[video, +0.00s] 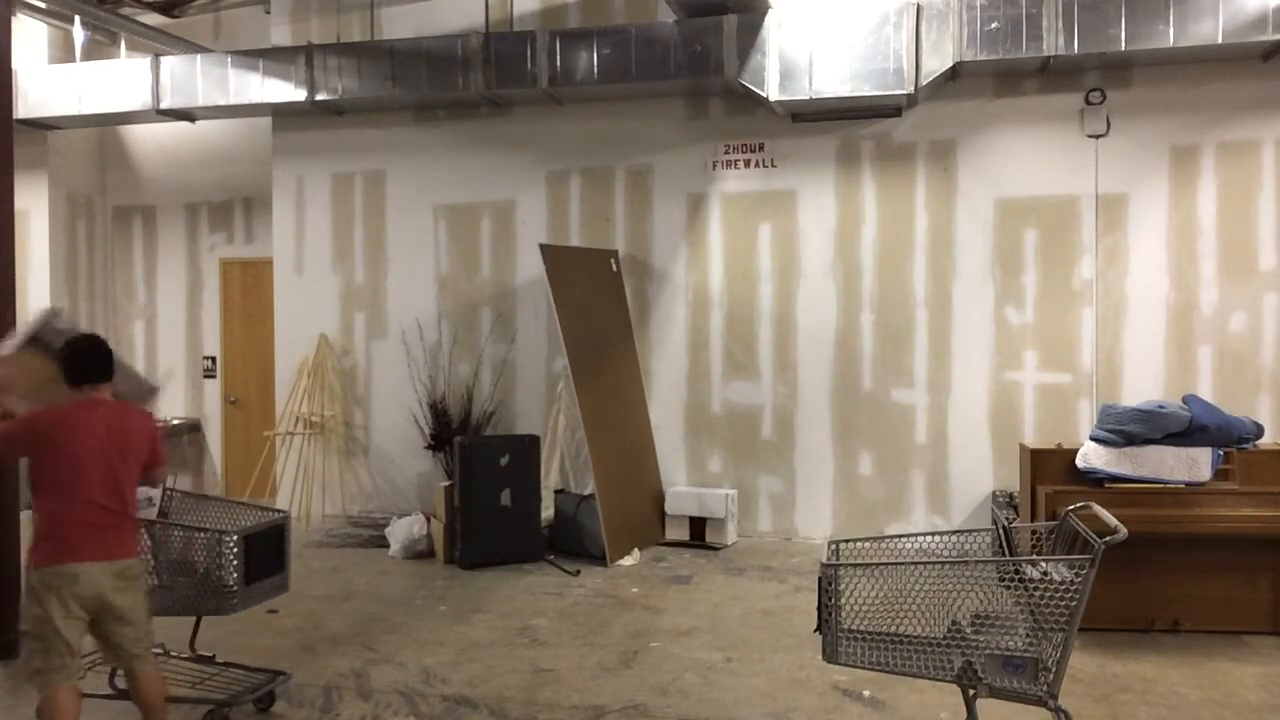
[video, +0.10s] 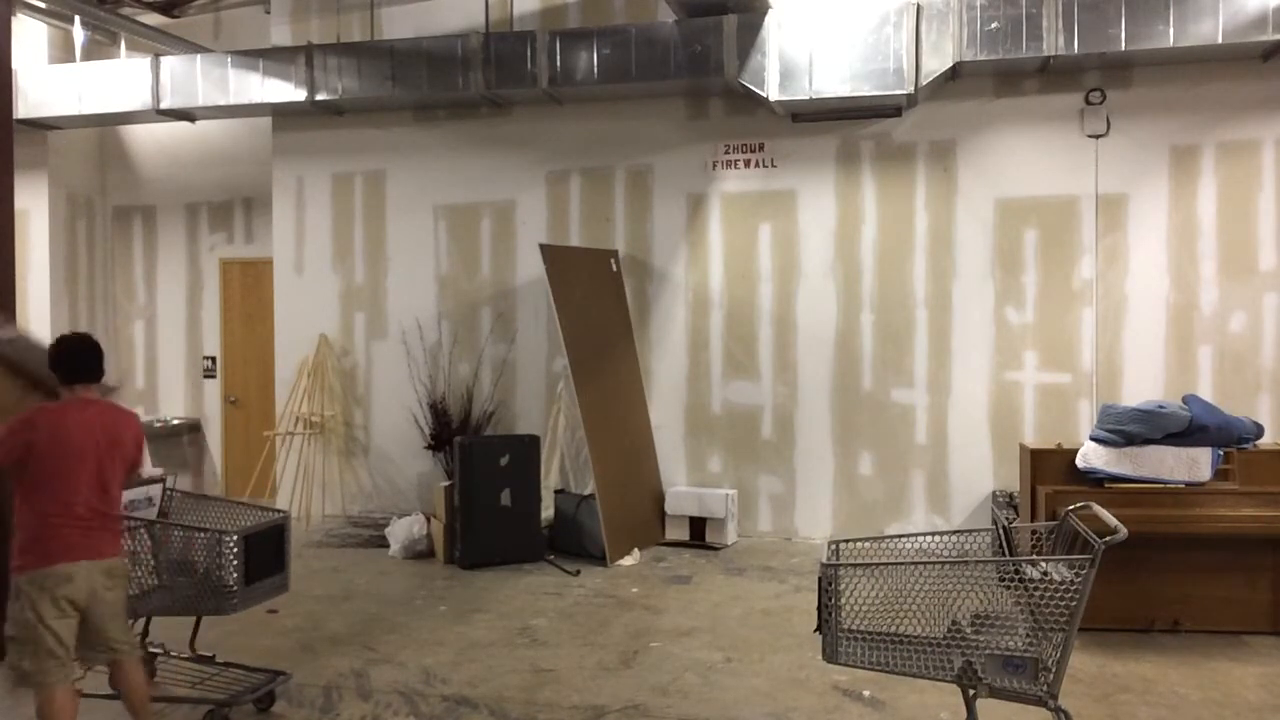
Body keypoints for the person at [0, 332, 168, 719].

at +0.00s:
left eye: (66, 370)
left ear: (64, 375)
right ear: (111, 372)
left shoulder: (43, 423)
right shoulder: (139, 420)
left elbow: (4, 442)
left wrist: (8, 404)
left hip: (58, 570)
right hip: (121, 566)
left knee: (58, 677)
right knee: (140, 661)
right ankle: (158, 715)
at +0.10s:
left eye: (57, 367)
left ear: (54, 373)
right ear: (100, 371)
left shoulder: (29, 423)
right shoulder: (127, 423)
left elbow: (4, 470)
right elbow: (128, 475)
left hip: (45, 569)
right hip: (107, 565)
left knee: (54, 678)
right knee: (122, 655)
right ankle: (145, 714)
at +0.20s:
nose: (41, 374)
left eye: (42, 368)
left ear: (44, 371)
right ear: (90, 371)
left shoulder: (22, 420)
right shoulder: (115, 423)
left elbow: (6, 473)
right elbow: (106, 484)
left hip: (39, 567)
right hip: (95, 560)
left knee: (51, 676)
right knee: (99, 654)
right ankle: (119, 714)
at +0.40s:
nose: (10, 375)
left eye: (14, 368)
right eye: (12, 367)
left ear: (24, 372)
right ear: (63, 374)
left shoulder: (10, 419)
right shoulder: (89, 424)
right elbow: (86, 489)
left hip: (26, 564)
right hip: (75, 558)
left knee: (41, 679)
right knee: (49, 671)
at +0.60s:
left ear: (2, 380)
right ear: (31, 379)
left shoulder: (7, 424)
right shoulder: (56, 427)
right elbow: (60, 492)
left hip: (13, 566)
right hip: (46, 561)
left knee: (28, 680)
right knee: (14, 670)